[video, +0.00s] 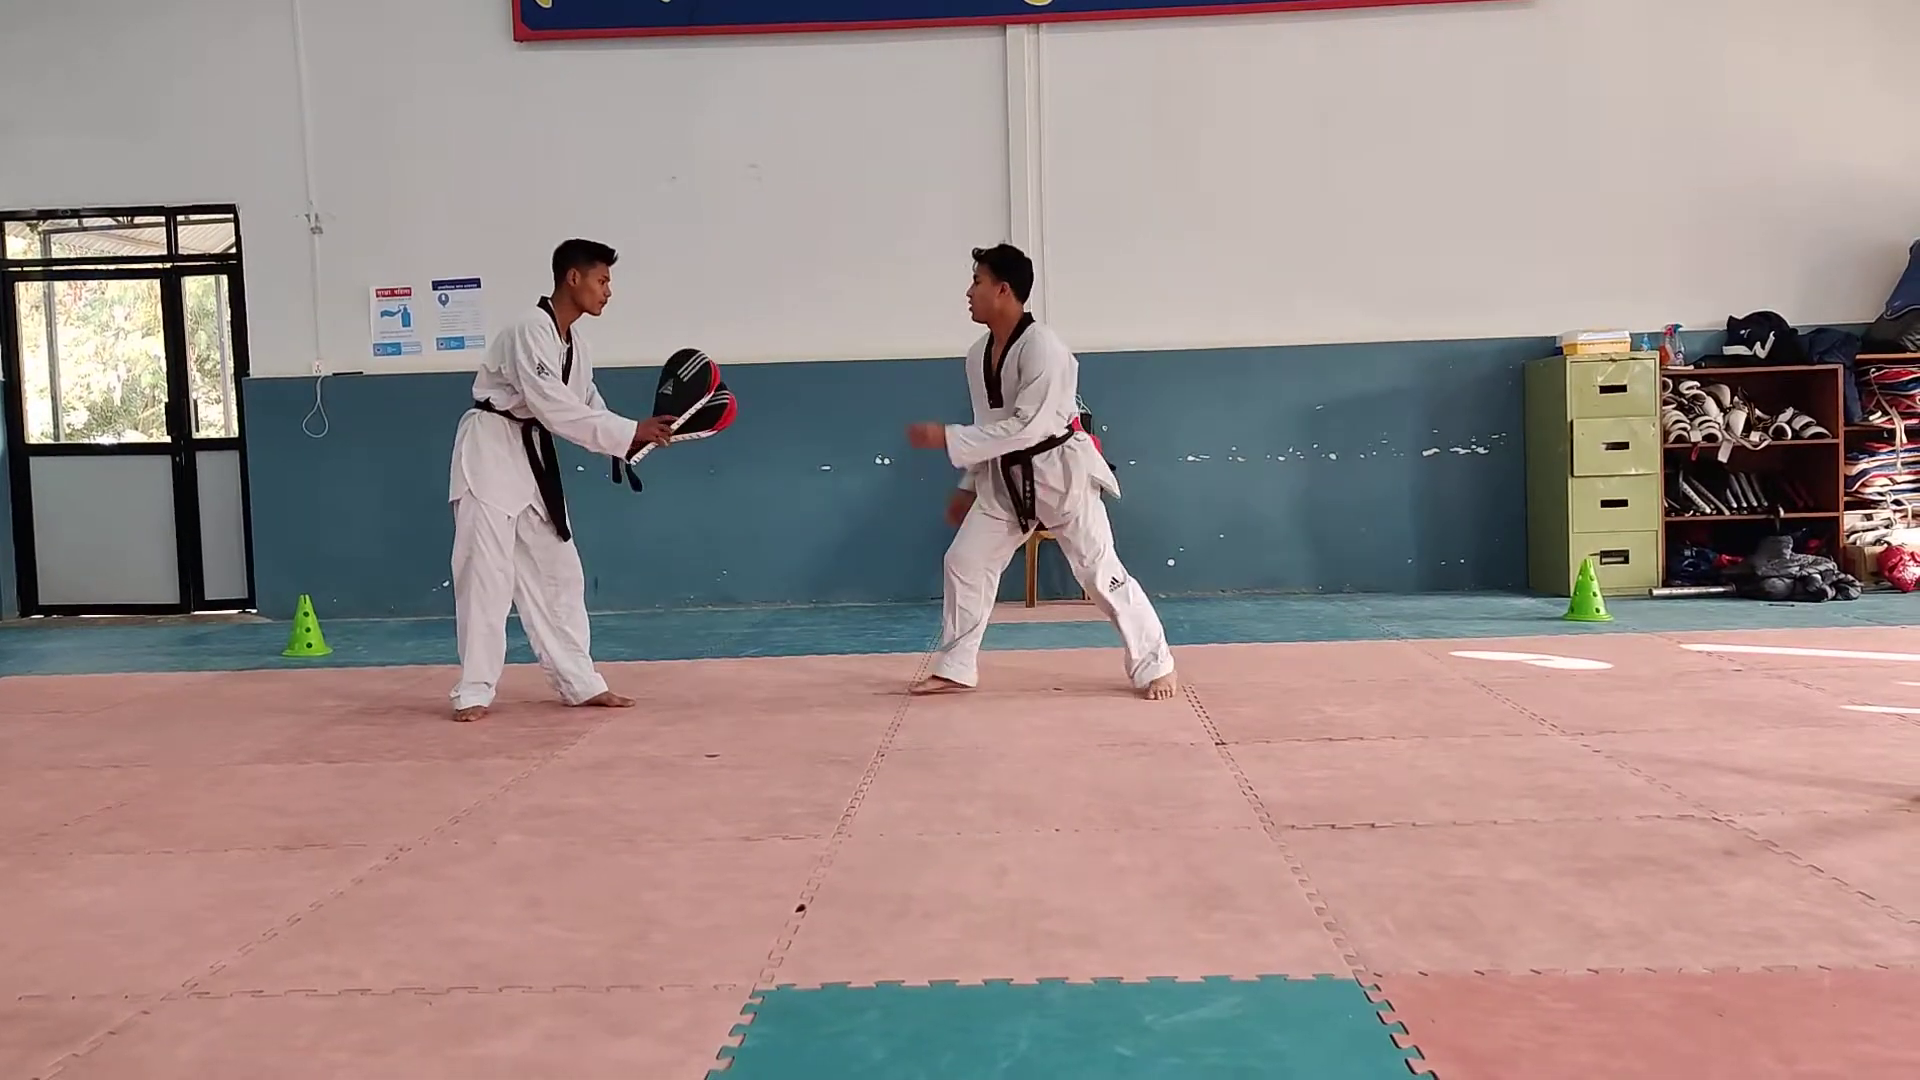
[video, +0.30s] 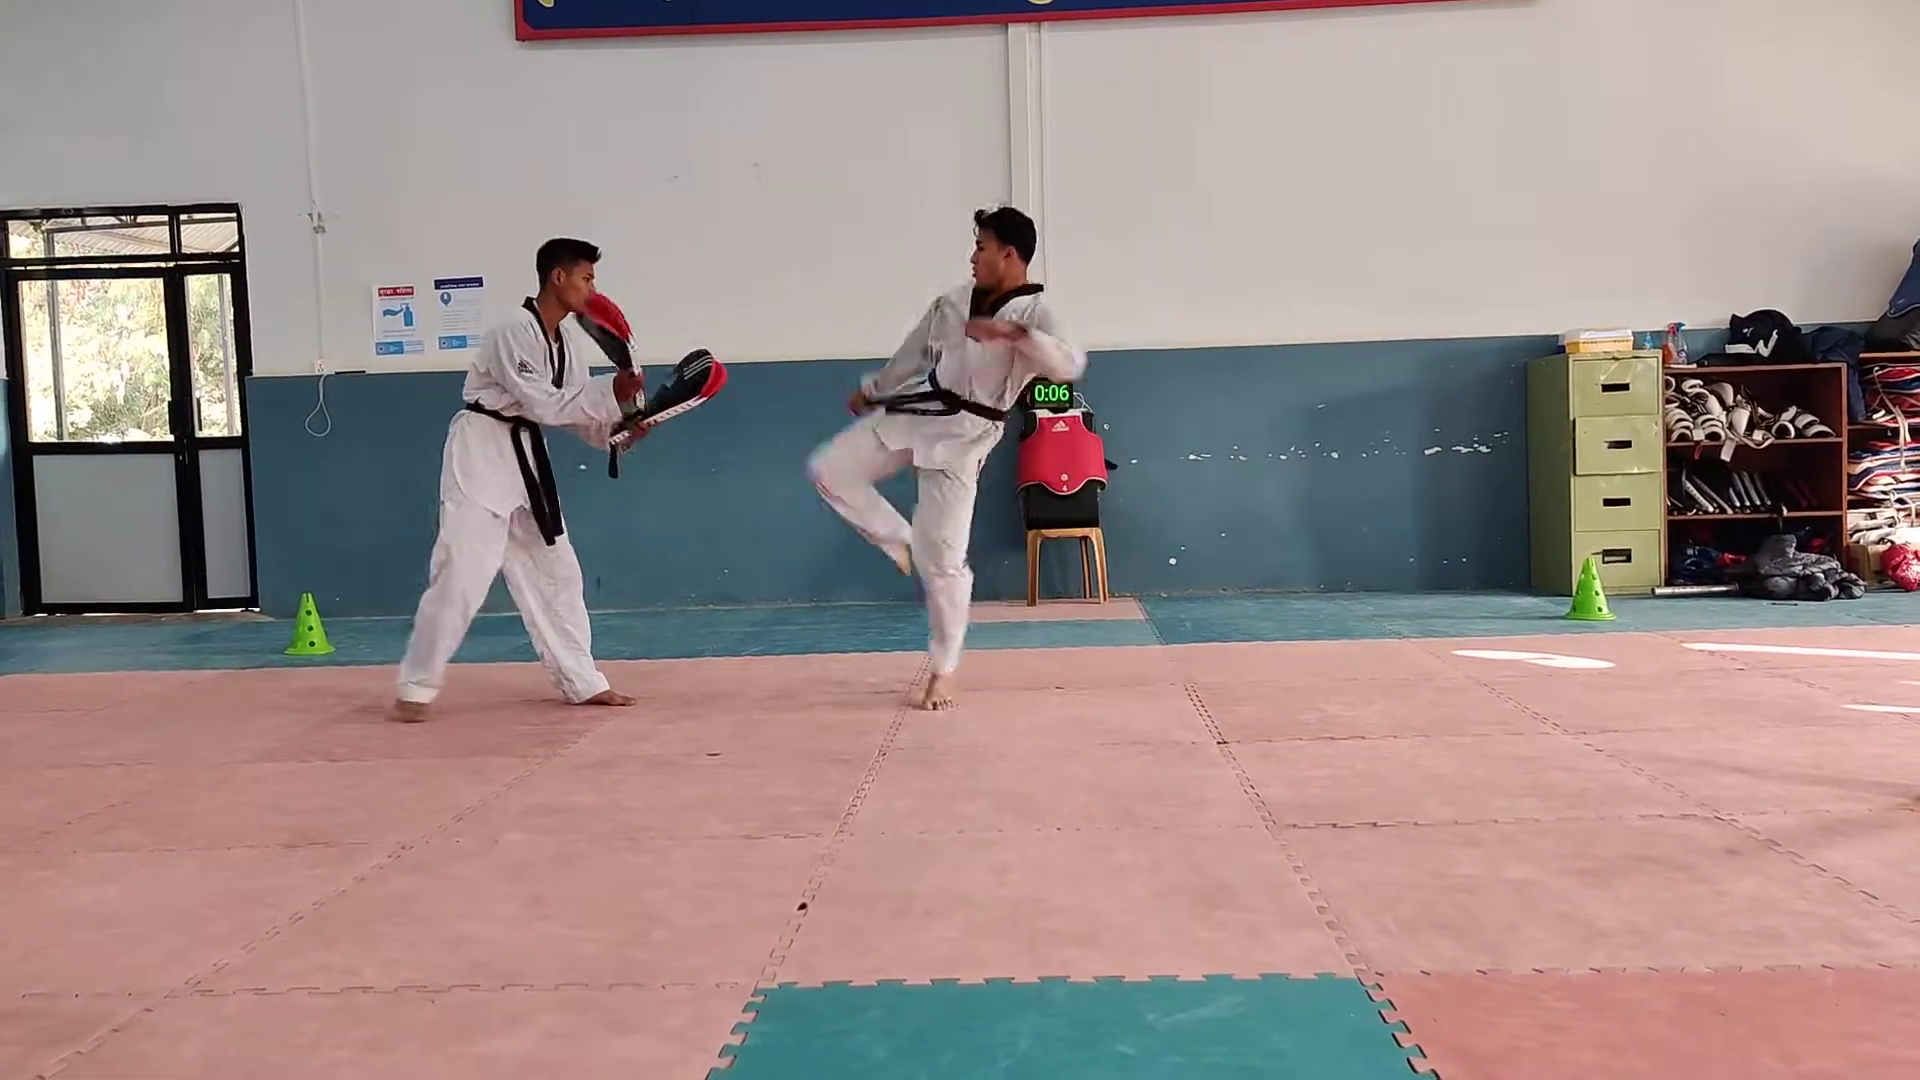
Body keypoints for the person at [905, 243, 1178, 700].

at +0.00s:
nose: (969, 291)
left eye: (977, 282)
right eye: (972, 281)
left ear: (1005, 291)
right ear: (1001, 291)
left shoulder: (1045, 351)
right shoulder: (978, 355)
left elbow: (1029, 427)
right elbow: (988, 428)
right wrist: (969, 486)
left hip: (1062, 472)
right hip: (1005, 477)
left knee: (1100, 572)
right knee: (964, 562)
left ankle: (1156, 666)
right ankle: (957, 668)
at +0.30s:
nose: (972, 256)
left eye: (981, 248)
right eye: (974, 247)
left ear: (1012, 256)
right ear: (995, 254)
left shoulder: (1034, 312)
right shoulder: (951, 303)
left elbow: (1068, 367)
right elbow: (910, 357)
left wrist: (1018, 336)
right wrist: (872, 391)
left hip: (963, 432)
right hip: (911, 411)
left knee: (940, 556)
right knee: (830, 469)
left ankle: (941, 669)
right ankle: (904, 543)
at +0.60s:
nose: (921, 259)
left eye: (929, 249)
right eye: (923, 249)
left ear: (956, 257)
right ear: (952, 257)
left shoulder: (984, 320)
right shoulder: (919, 310)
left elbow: (970, 397)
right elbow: (904, 373)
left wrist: (895, 396)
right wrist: (891, 385)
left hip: (932, 450)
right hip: (882, 431)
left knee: (925, 567)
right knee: (787, 468)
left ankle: (951, 668)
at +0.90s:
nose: (813, 306)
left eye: (821, 297)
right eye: (816, 296)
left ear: (848, 309)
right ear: (844, 309)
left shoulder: (880, 375)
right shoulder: (827, 365)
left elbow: (853, 457)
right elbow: (833, 443)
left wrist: (778, 477)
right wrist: (818, 489)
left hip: (891, 491)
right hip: (837, 489)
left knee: (913, 600)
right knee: (779, 566)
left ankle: (981, 677)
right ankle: (775, 685)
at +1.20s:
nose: (761, 251)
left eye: (770, 243)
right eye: (764, 241)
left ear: (800, 253)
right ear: (805, 254)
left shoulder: (772, 302)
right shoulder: (832, 312)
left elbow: (732, 374)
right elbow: (803, 383)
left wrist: (677, 432)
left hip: (745, 418)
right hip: (790, 441)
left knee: (628, 443)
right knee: (756, 547)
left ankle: (646, 548)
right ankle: (762, 661)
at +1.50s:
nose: (681, 246)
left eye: (688, 237)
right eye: (684, 236)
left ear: (715, 245)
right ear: (726, 249)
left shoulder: (683, 289)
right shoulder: (767, 316)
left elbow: (658, 357)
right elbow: (762, 398)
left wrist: (612, 412)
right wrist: (717, 408)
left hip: (660, 416)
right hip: (720, 434)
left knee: (576, 509)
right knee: (716, 548)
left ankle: (539, 605)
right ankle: (726, 656)